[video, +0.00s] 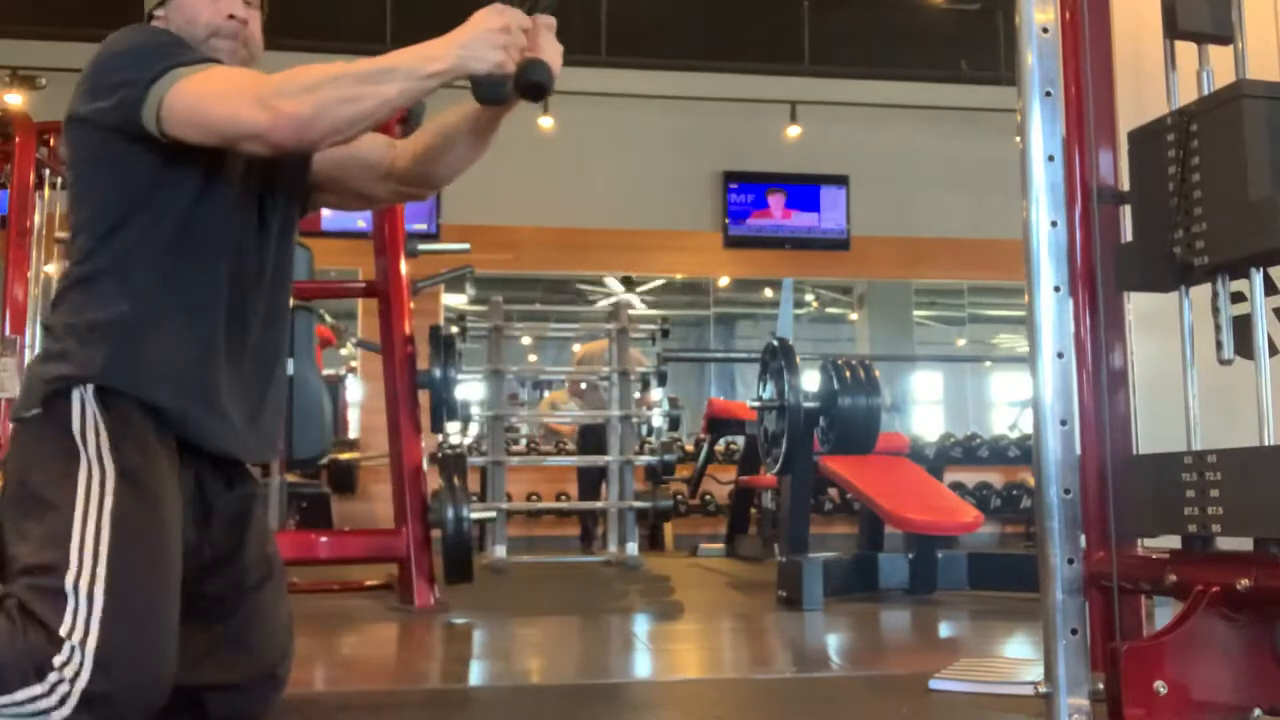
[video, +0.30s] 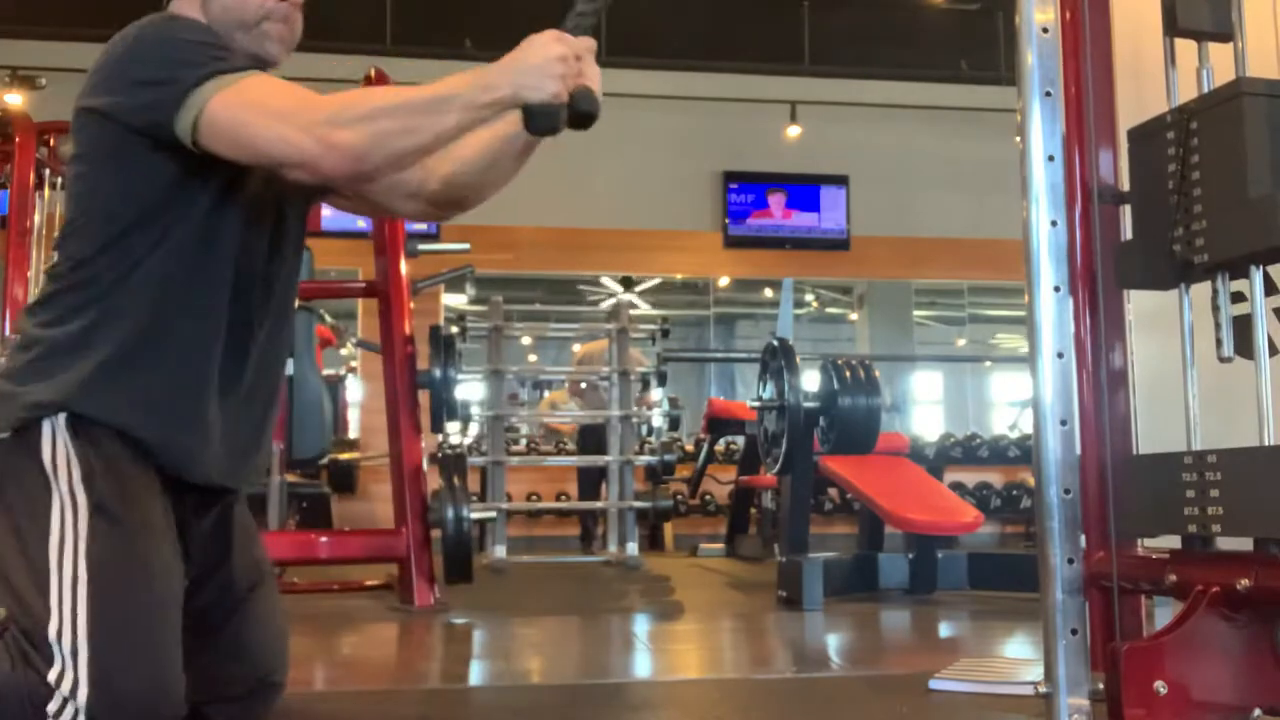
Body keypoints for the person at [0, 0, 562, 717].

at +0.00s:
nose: (244, 12)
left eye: (254, 5)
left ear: (264, 30)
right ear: (162, 6)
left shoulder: (269, 128)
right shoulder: (130, 59)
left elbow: (409, 167)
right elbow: (273, 114)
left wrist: (502, 92)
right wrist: (449, 52)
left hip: (219, 448)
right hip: (103, 411)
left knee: (239, 679)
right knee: (100, 676)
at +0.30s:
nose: (292, 10)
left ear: (297, 11)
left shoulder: (268, 109)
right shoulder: (152, 55)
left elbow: (427, 189)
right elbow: (327, 143)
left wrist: (539, 111)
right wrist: (502, 78)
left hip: (199, 455)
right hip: (80, 427)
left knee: (242, 682)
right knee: (111, 695)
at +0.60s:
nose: (398, 17)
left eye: (394, 6)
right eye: (381, 2)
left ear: (316, 15)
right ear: (295, 4)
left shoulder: (322, 129)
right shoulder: (221, 66)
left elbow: (486, 243)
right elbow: (407, 193)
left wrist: (600, 168)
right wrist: (575, 136)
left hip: (193, 473)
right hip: (62, 443)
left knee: (237, 683)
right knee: (104, 701)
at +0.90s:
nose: (483, 110)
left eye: (485, 86)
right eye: (466, 80)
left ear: (414, 87)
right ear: (392, 73)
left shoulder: (417, 203)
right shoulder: (297, 127)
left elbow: (520, 350)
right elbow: (420, 296)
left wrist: (622, 280)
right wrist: (608, 253)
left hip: (208, 485)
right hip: (76, 449)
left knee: (255, 685)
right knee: (111, 700)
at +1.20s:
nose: (522, 238)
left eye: (531, 216)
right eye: (512, 208)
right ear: (454, 181)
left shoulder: (456, 303)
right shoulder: (339, 216)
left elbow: (496, 461)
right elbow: (384, 407)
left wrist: (576, 416)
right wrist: (576, 395)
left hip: (203, 509)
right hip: (75, 452)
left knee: (261, 683)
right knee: (85, 698)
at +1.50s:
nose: (541, 374)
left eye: (554, 355)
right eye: (537, 347)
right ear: (483, 309)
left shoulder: (453, 390)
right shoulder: (360, 325)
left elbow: (468, 544)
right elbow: (363, 549)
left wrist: (562, 555)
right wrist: (546, 545)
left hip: (190, 514)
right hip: (62, 455)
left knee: (256, 679)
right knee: (90, 699)